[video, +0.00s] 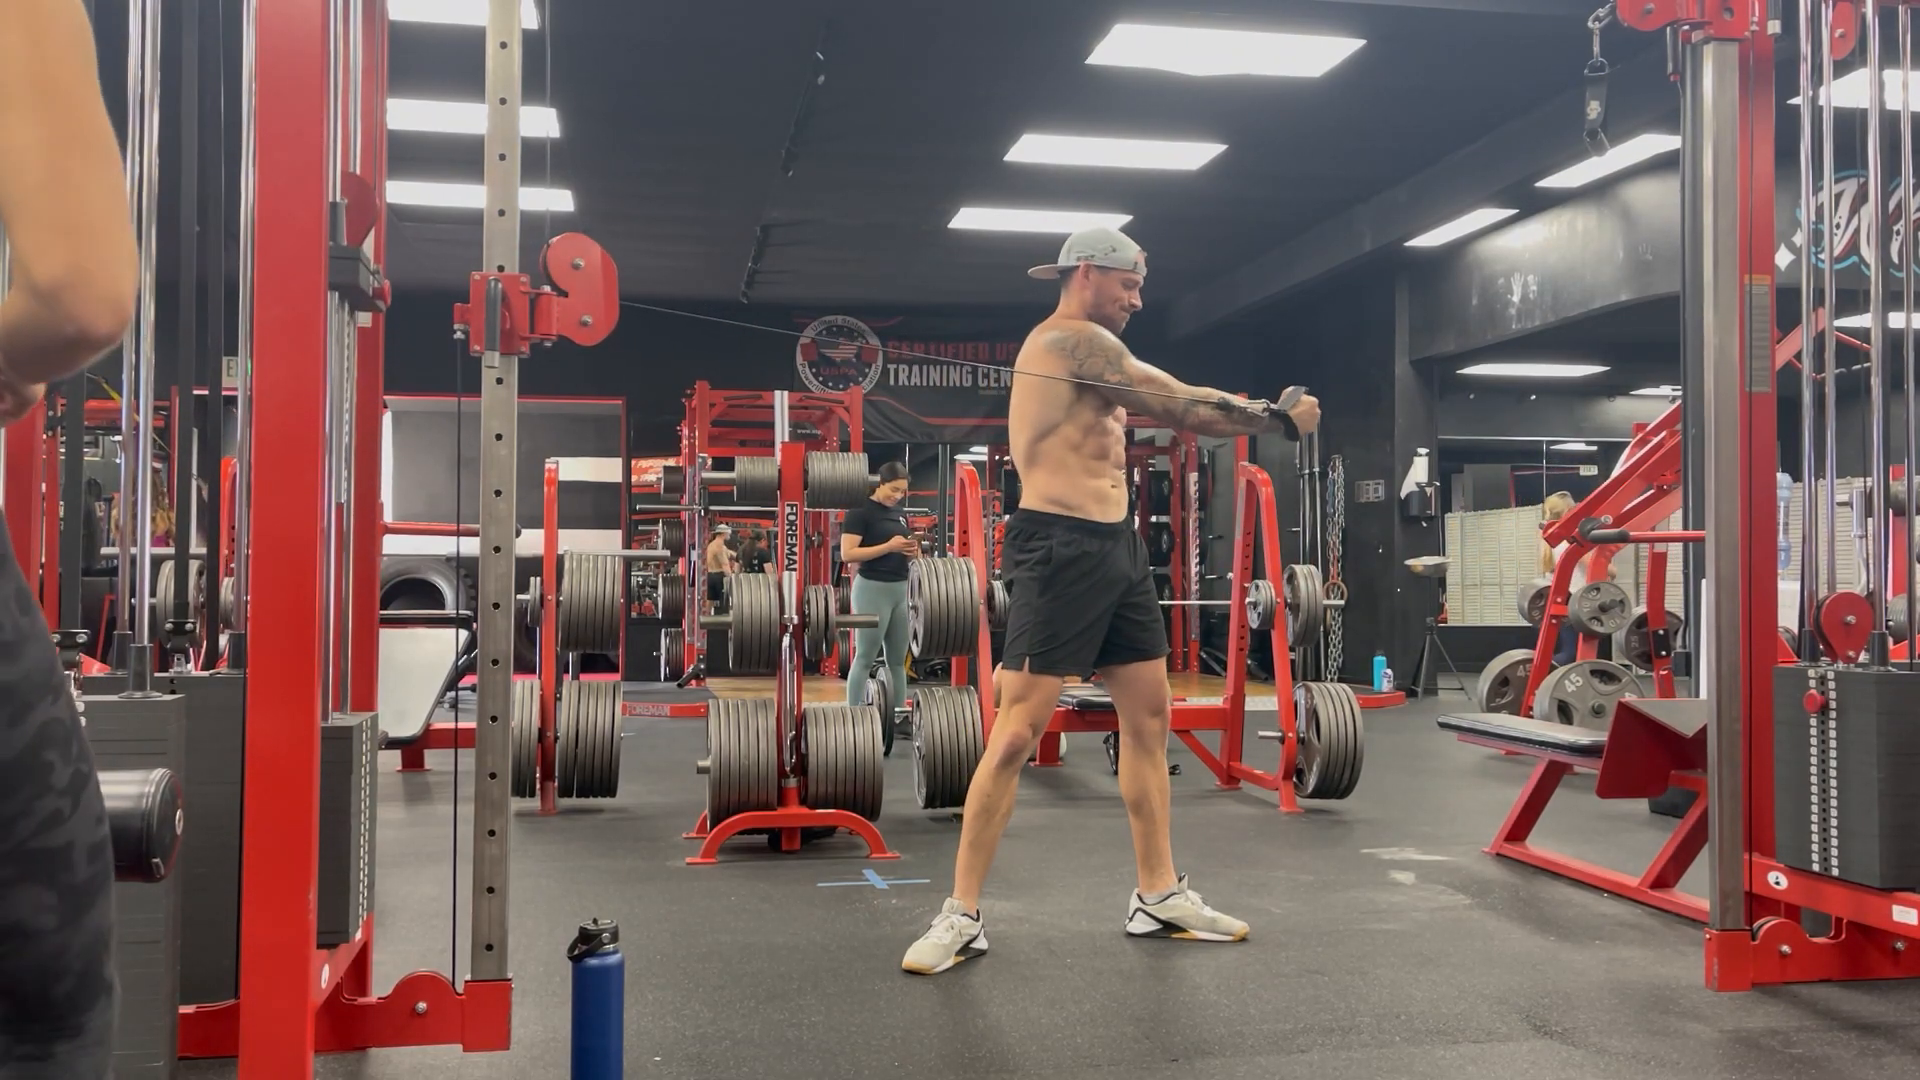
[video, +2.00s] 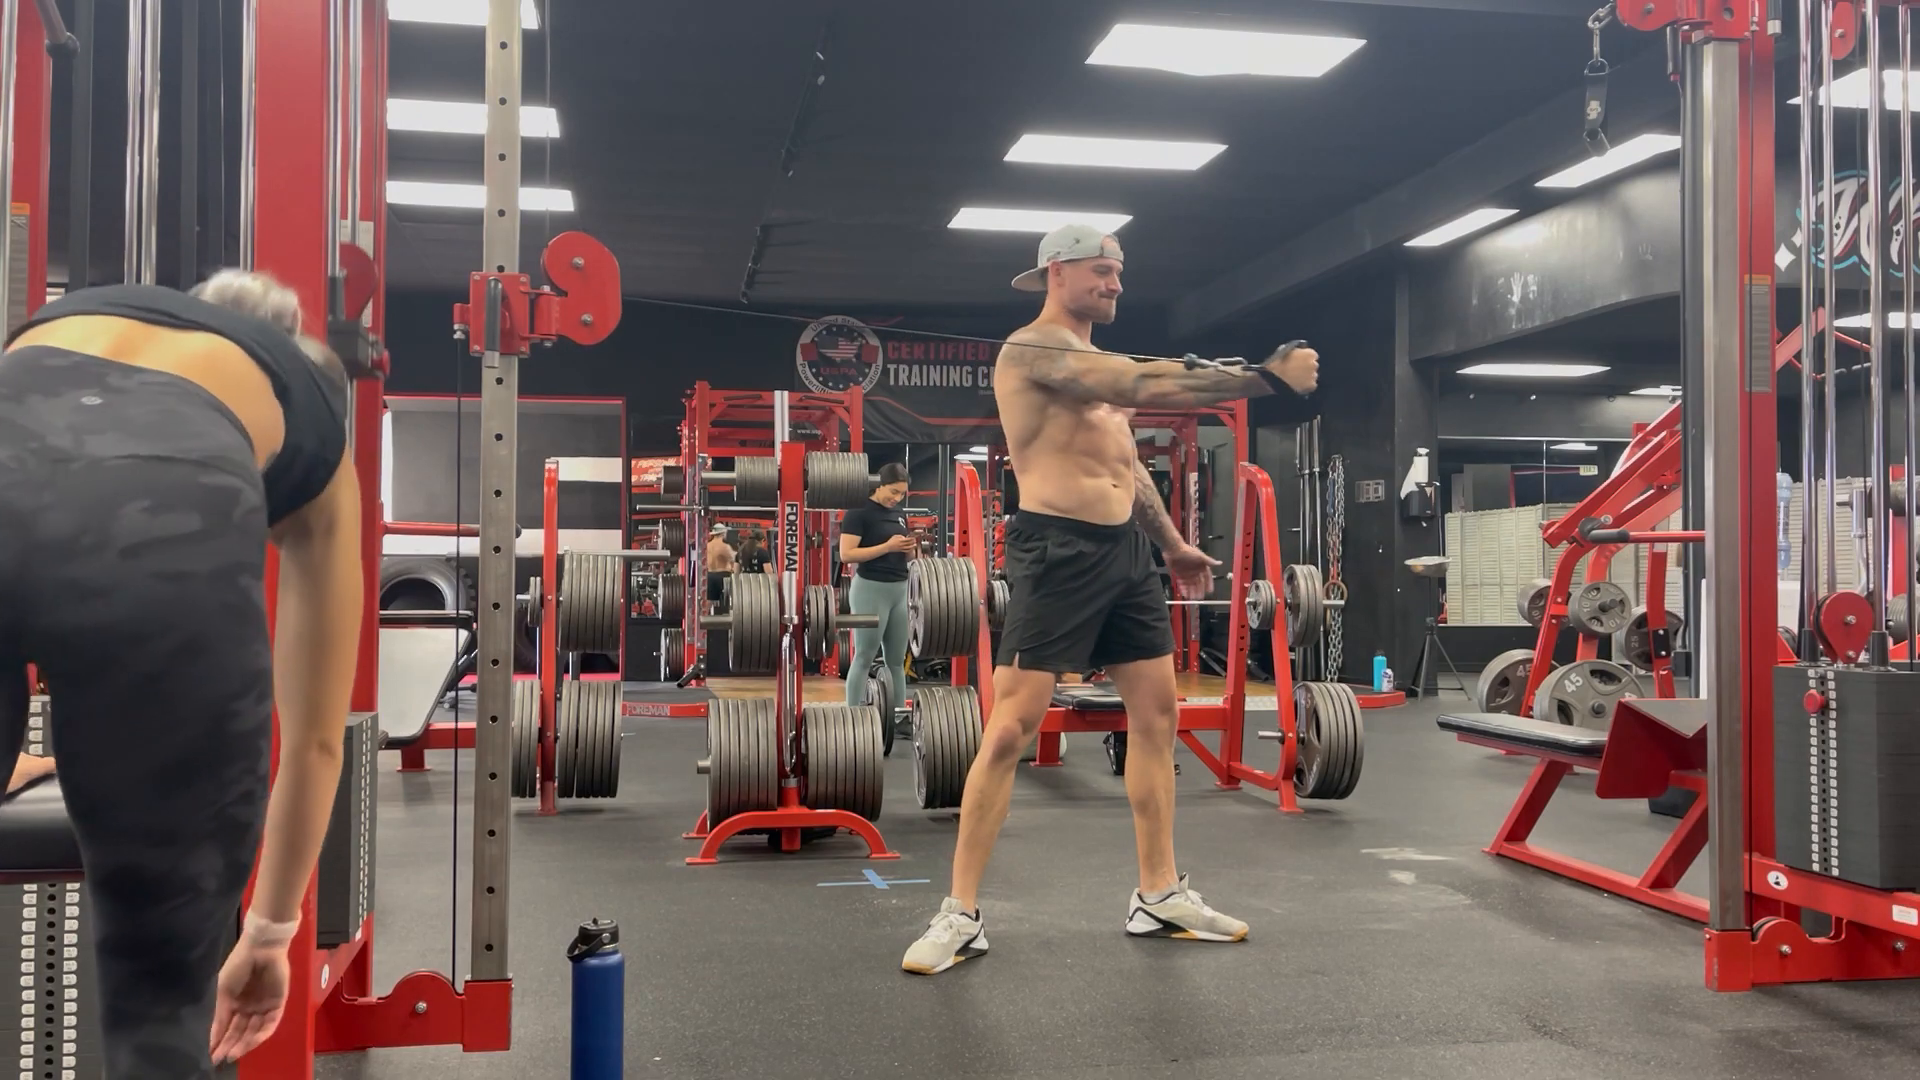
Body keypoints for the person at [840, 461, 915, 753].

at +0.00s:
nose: (898, 496)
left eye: (902, 491)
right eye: (894, 489)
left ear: (904, 490)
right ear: (879, 484)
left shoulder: (896, 515)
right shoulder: (859, 513)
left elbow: (905, 553)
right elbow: (847, 553)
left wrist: (913, 550)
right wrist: (889, 547)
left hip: (899, 590)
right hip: (871, 589)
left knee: (897, 660)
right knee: (866, 656)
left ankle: (901, 715)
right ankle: (853, 715)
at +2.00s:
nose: (898, 499)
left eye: (902, 494)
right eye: (894, 492)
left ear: (905, 491)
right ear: (880, 485)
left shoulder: (898, 514)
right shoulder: (858, 514)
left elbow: (905, 557)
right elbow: (846, 554)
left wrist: (911, 548)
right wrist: (887, 547)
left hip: (899, 592)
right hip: (870, 590)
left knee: (896, 661)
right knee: (863, 658)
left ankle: (899, 721)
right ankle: (853, 720)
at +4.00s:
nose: (902, 496)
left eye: (904, 491)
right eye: (899, 490)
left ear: (897, 487)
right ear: (884, 484)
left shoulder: (885, 513)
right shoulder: (869, 513)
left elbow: (883, 549)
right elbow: (863, 556)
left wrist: (905, 549)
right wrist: (901, 545)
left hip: (892, 592)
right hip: (873, 590)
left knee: (886, 661)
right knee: (868, 660)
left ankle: (880, 717)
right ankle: (855, 718)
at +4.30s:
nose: (918, 497)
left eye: (920, 492)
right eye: (915, 490)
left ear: (901, 487)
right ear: (898, 485)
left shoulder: (895, 512)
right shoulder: (886, 513)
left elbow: (894, 550)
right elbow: (883, 557)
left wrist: (918, 548)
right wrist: (918, 545)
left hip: (893, 586)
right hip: (886, 587)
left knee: (886, 655)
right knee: (905, 654)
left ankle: (874, 711)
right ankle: (881, 710)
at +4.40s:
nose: (923, 498)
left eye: (926, 493)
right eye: (921, 492)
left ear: (907, 488)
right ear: (904, 485)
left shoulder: (899, 512)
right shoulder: (892, 513)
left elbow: (897, 551)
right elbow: (887, 557)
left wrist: (921, 550)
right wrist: (923, 546)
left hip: (893, 585)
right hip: (890, 586)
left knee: (889, 657)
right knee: (919, 650)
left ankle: (881, 713)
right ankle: (898, 712)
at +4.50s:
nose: (931, 499)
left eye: (933, 494)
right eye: (928, 493)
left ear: (913, 488)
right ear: (912, 487)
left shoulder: (906, 511)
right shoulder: (898, 513)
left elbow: (904, 551)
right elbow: (892, 557)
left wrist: (929, 549)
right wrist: (928, 546)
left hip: (897, 583)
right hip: (896, 584)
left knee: (893, 653)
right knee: (928, 648)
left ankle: (882, 714)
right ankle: (926, 716)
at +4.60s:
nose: (937, 501)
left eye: (941, 496)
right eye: (935, 494)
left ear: (920, 490)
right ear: (919, 488)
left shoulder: (915, 513)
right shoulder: (905, 514)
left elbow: (912, 552)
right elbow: (898, 558)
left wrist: (937, 549)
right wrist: (934, 547)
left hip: (903, 582)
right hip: (903, 584)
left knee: (897, 652)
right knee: (933, 648)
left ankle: (884, 712)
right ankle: (945, 715)